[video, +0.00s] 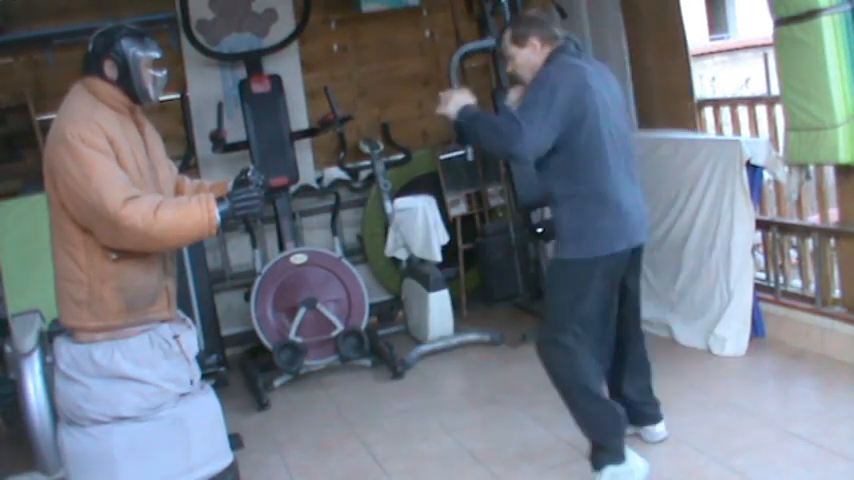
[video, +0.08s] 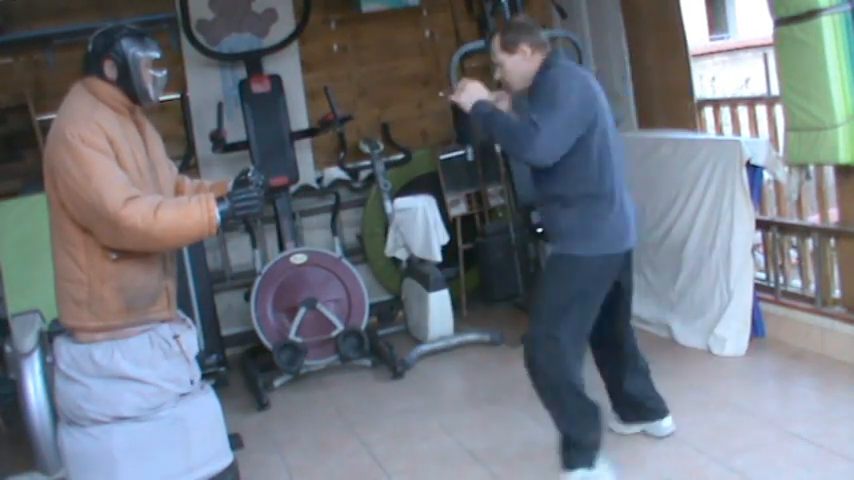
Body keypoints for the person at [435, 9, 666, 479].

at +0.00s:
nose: (512, 71)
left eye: (512, 60)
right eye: (508, 63)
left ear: (535, 44)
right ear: (545, 43)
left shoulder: (560, 77)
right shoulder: (598, 72)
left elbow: (524, 142)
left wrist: (465, 113)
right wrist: (525, 103)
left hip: (590, 234)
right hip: (628, 225)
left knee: (559, 339)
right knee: (621, 327)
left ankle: (613, 453)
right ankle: (645, 417)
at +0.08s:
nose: (499, 72)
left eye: (501, 62)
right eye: (497, 64)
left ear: (527, 52)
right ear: (530, 53)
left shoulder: (564, 83)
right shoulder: (561, 81)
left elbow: (540, 147)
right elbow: (546, 143)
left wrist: (480, 107)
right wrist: (505, 113)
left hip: (587, 240)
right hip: (608, 232)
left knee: (547, 347)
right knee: (610, 330)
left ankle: (585, 456)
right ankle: (646, 413)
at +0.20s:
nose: (484, 78)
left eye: (488, 69)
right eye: (481, 70)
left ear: (518, 57)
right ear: (508, 60)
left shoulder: (563, 91)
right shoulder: (527, 96)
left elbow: (543, 150)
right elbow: (508, 161)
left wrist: (480, 104)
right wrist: (473, 128)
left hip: (579, 247)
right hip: (559, 246)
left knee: (554, 363)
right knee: (606, 337)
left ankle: (540, 470)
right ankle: (651, 413)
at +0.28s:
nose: (469, 76)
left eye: (473, 67)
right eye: (467, 68)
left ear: (502, 57)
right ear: (495, 61)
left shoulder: (551, 93)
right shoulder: (506, 101)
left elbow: (538, 153)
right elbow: (473, 172)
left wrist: (479, 105)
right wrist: (458, 125)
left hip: (561, 250)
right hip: (541, 249)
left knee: (546, 362)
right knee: (594, 335)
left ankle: (542, 468)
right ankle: (647, 409)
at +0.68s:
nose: (400, 74)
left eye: (404, 65)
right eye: (400, 66)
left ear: (427, 59)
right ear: (444, 62)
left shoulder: (419, 97)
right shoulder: (484, 111)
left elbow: (354, 96)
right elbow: (528, 161)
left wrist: (338, 58)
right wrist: (485, 168)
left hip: (424, 249)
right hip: (462, 254)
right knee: (419, 355)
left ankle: (484, 440)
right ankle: (417, 458)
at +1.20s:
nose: (376, 84)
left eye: (378, 74)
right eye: (373, 77)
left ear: (402, 64)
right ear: (411, 66)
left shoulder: (408, 86)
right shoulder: (449, 116)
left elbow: (379, 112)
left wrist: (301, 92)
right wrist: (362, 138)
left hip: (393, 225)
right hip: (437, 235)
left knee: (316, 313)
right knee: (410, 340)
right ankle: (403, 451)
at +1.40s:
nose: (361, 77)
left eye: (364, 68)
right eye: (359, 70)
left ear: (388, 58)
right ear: (390, 60)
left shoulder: (411, 90)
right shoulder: (407, 95)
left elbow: (370, 131)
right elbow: (378, 154)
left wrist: (316, 89)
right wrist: (359, 105)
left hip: (440, 246)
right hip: (423, 249)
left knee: (439, 358)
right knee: (419, 356)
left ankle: (507, 463)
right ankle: (420, 453)